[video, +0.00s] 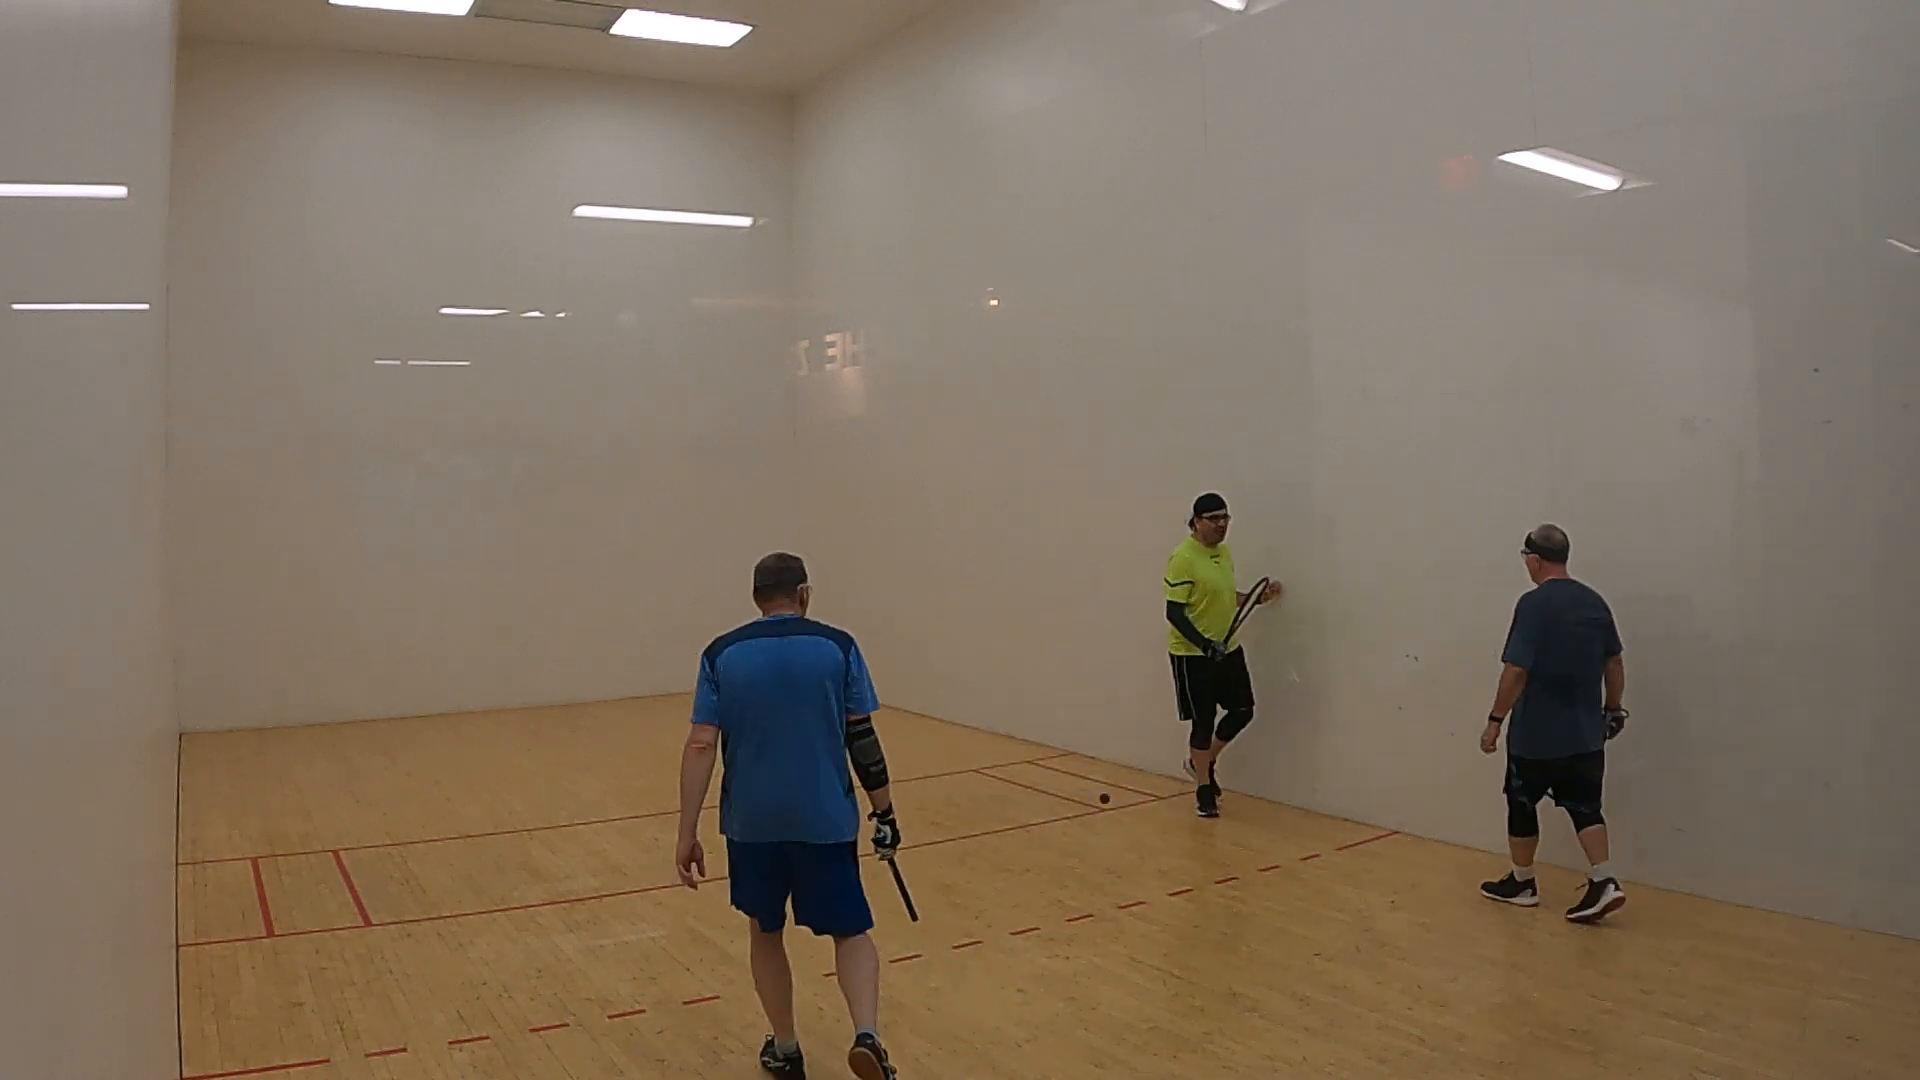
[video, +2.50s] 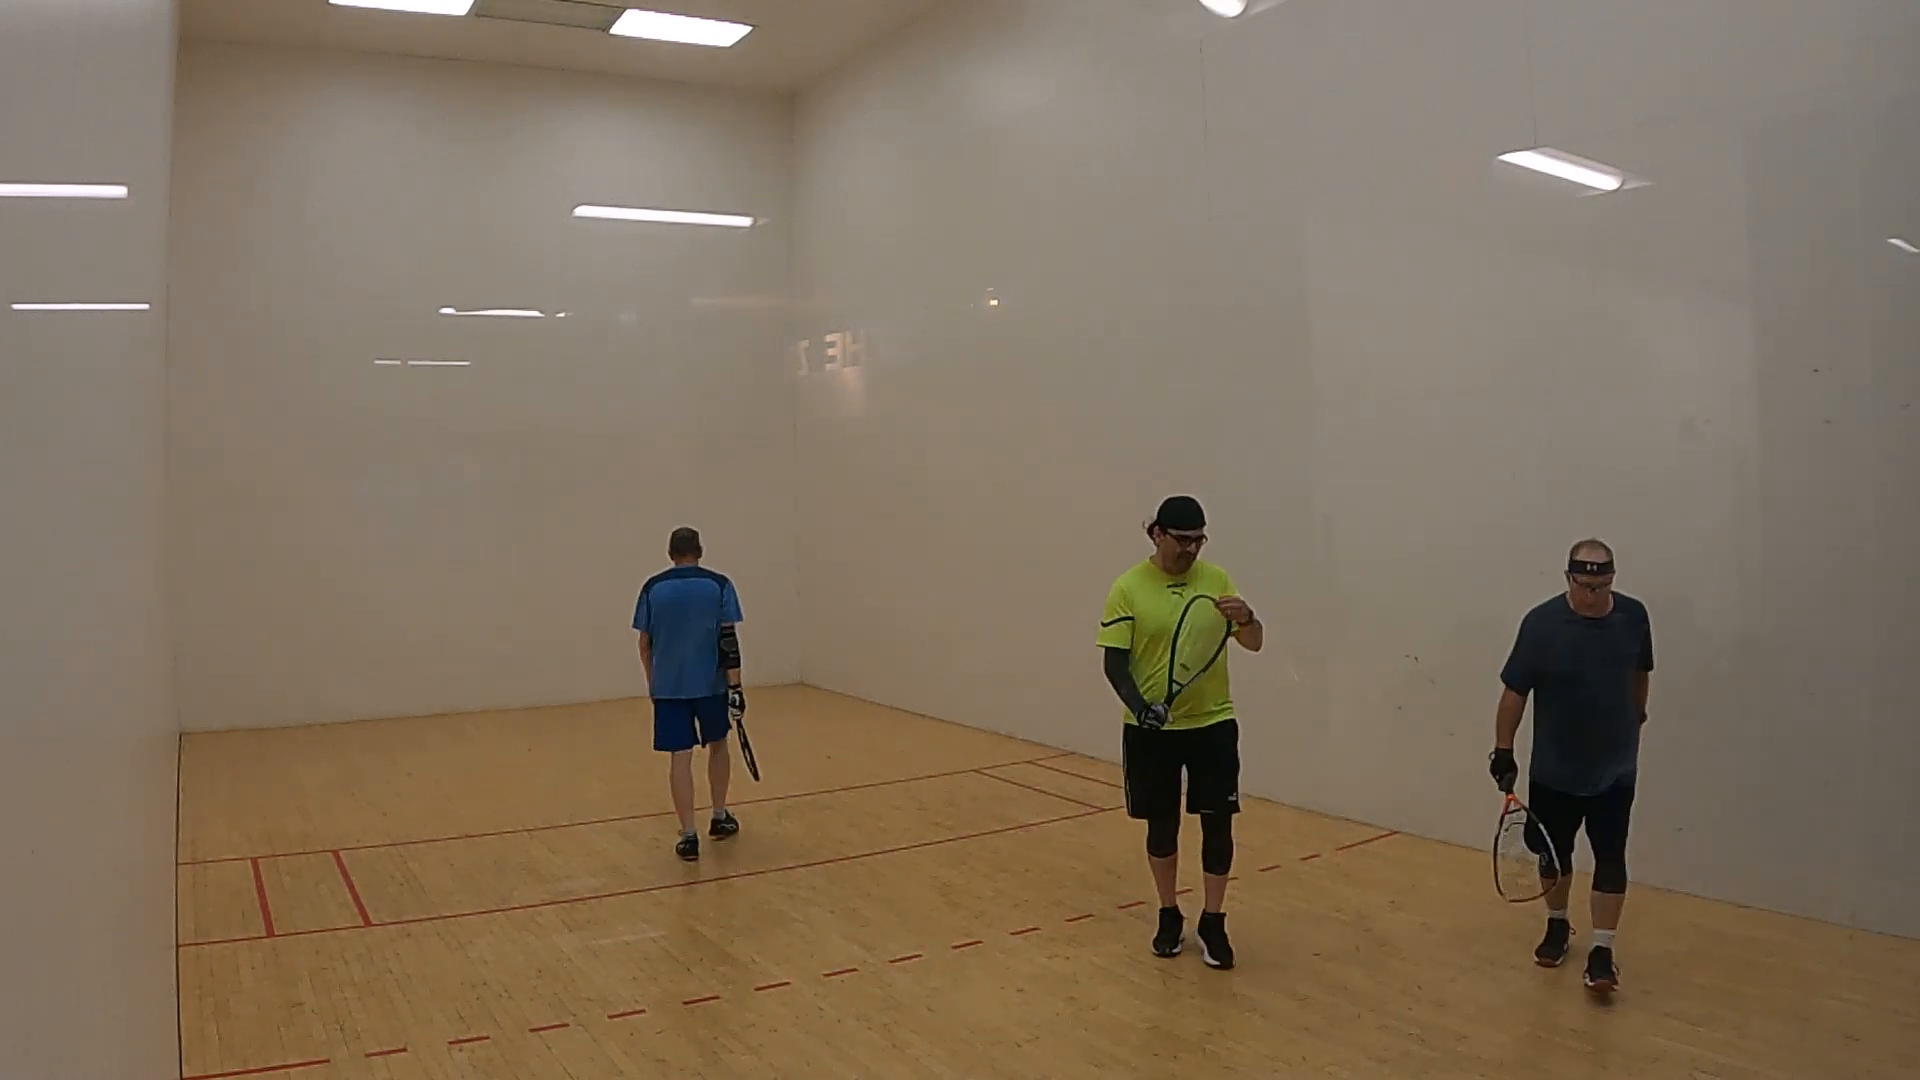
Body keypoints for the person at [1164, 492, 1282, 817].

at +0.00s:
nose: (1222, 525)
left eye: (1225, 518)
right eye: (1214, 519)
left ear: (1228, 520)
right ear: (1195, 523)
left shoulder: (1222, 552)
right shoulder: (1183, 560)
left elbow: (1224, 596)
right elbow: (1174, 612)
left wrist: (1256, 598)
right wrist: (1205, 643)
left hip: (1227, 649)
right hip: (1193, 654)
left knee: (1241, 712)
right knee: (1203, 720)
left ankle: (1202, 761)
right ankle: (1205, 789)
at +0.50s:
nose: (1216, 536)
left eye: (1221, 529)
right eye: (1208, 530)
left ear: (1228, 529)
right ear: (1193, 531)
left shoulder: (1240, 565)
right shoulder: (1175, 569)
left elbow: (1249, 611)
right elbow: (1167, 621)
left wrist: (1262, 655)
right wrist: (1189, 650)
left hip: (1231, 667)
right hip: (1189, 670)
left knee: (1226, 739)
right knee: (1197, 737)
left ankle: (1221, 813)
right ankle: (1204, 785)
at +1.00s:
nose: (1201, 535)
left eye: (1207, 529)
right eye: (1194, 529)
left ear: (1215, 529)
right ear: (1177, 530)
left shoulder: (1232, 568)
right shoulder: (1159, 572)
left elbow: (1247, 611)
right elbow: (1149, 627)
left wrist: (1258, 639)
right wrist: (1169, 660)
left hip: (1222, 682)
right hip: (1174, 682)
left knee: (1220, 753)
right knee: (1169, 757)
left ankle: (1219, 816)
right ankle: (1160, 839)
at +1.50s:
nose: (1203, 538)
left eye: (1208, 532)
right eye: (1195, 531)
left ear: (1211, 533)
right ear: (1172, 532)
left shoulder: (1220, 575)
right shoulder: (1148, 577)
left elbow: (1229, 628)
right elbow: (1135, 640)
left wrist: (1239, 677)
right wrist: (1164, 670)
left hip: (1212, 696)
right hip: (1161, 696)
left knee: (1210, 777)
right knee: (1161, 774)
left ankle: (1213, 866)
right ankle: (1159, 841)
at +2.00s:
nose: (1214, 544)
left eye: (1220, 536)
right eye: (1205, 536)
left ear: (1225, 535)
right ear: (1181, 534)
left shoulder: (1236, 578)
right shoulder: (1156, 583)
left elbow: (1252, 626)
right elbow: (1140, 648)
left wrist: (1264, 640)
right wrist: (1165, 683)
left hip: (1225, 711)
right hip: (1171, 712)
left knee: (1217, 796)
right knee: (1171, 803)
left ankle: (1213, 875)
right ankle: (1166, 899)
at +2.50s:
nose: (1190, 548)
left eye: (1198, 540)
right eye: (1181, 539)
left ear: (1203, 539)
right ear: (1156, 535)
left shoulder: (1215, 581)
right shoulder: (1128, 590)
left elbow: (1253, 643)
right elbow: (1114, 663)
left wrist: (1245, 618)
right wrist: (1140, 706)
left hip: (1213, 724)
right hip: (1153, 729)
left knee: (1218, 824)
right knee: (1162, 826)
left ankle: (1213, 920)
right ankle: (1169, 915)